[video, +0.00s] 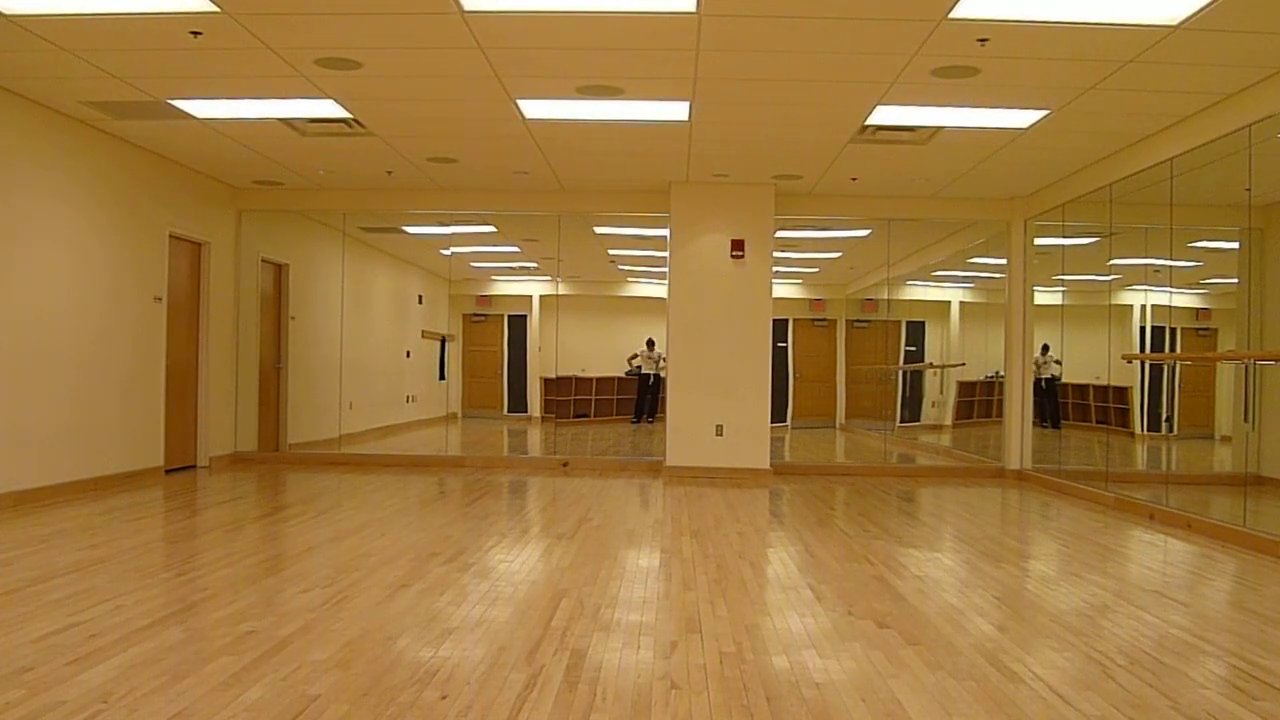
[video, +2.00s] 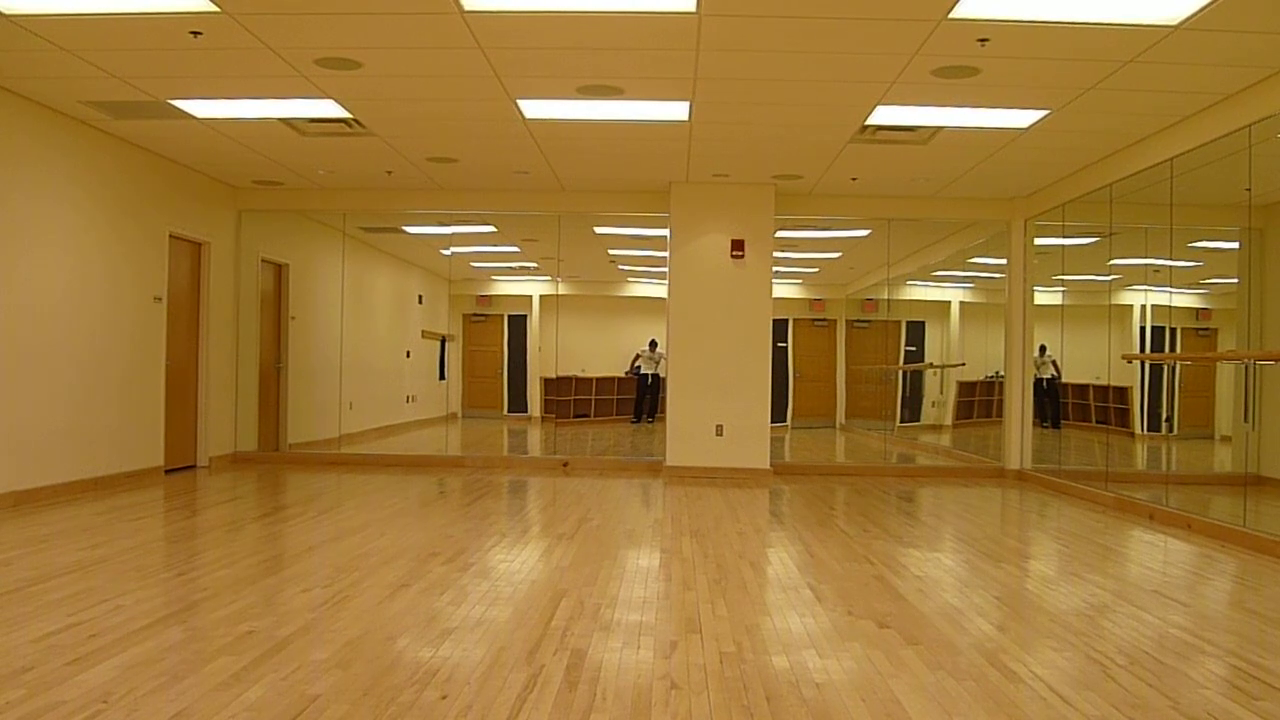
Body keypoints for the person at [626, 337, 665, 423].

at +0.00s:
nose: (650, 349)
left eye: (652, 348)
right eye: (648, 348)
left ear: (654, 346)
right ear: (646, 346)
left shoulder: (658, 353)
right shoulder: (642, 352)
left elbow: (667, 363)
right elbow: (629, 359)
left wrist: (660, 368)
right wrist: (633, 368)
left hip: (655, 374)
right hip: (644, 373)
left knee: (654, 396)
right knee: (641, 395)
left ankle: (651, 416)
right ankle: (637, 416)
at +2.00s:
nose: (652, 350)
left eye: (654, 349)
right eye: (651, 348)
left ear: (656, 348)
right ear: (648, 347)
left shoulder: (660, 354)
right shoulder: (642, 352)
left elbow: (668, 361)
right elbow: (634, 360)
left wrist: (668, 373)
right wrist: (631, 369)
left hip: (654, 373)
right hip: (643, 373)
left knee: (654, 396)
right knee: (640, 395)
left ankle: (651, 416)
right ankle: (637, 416)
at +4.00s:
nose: (652, 349)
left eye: (654, 347)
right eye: (650, 347)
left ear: (656, 347)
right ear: (648, 346)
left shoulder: (660, 354)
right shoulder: (642, 352)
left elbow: (668, 362)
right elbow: (634, 360)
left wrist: (668, 373)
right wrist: (630, 370)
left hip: (654, 374)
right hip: (643, 373)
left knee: (654, 396)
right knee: (640, 395)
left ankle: (651, 416)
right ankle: (637, 416)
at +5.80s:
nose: (651, 348)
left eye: (652, 346)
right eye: (649, 346)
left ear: (655, 346)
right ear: (646, 346)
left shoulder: (658, 354)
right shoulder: (641, 352)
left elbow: (666, 360)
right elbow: (632, 360)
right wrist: (630, 370)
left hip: (654, 374)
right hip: (643, 374)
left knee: (654, 396)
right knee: (640, 395)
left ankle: (651, 416)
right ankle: (637, 416)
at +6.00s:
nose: (649, 348)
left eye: (650, 346)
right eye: (647, 346)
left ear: (653, 346)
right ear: (644, 346)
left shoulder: (656, 353)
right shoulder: (639, 353)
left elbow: (664, 360)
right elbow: (630, 361)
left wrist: (668, 366)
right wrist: (630, 370)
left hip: (654, 374)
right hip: (643, 374)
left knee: (654, 396)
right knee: (640, 396)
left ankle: (651, 416)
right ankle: (637, 416)